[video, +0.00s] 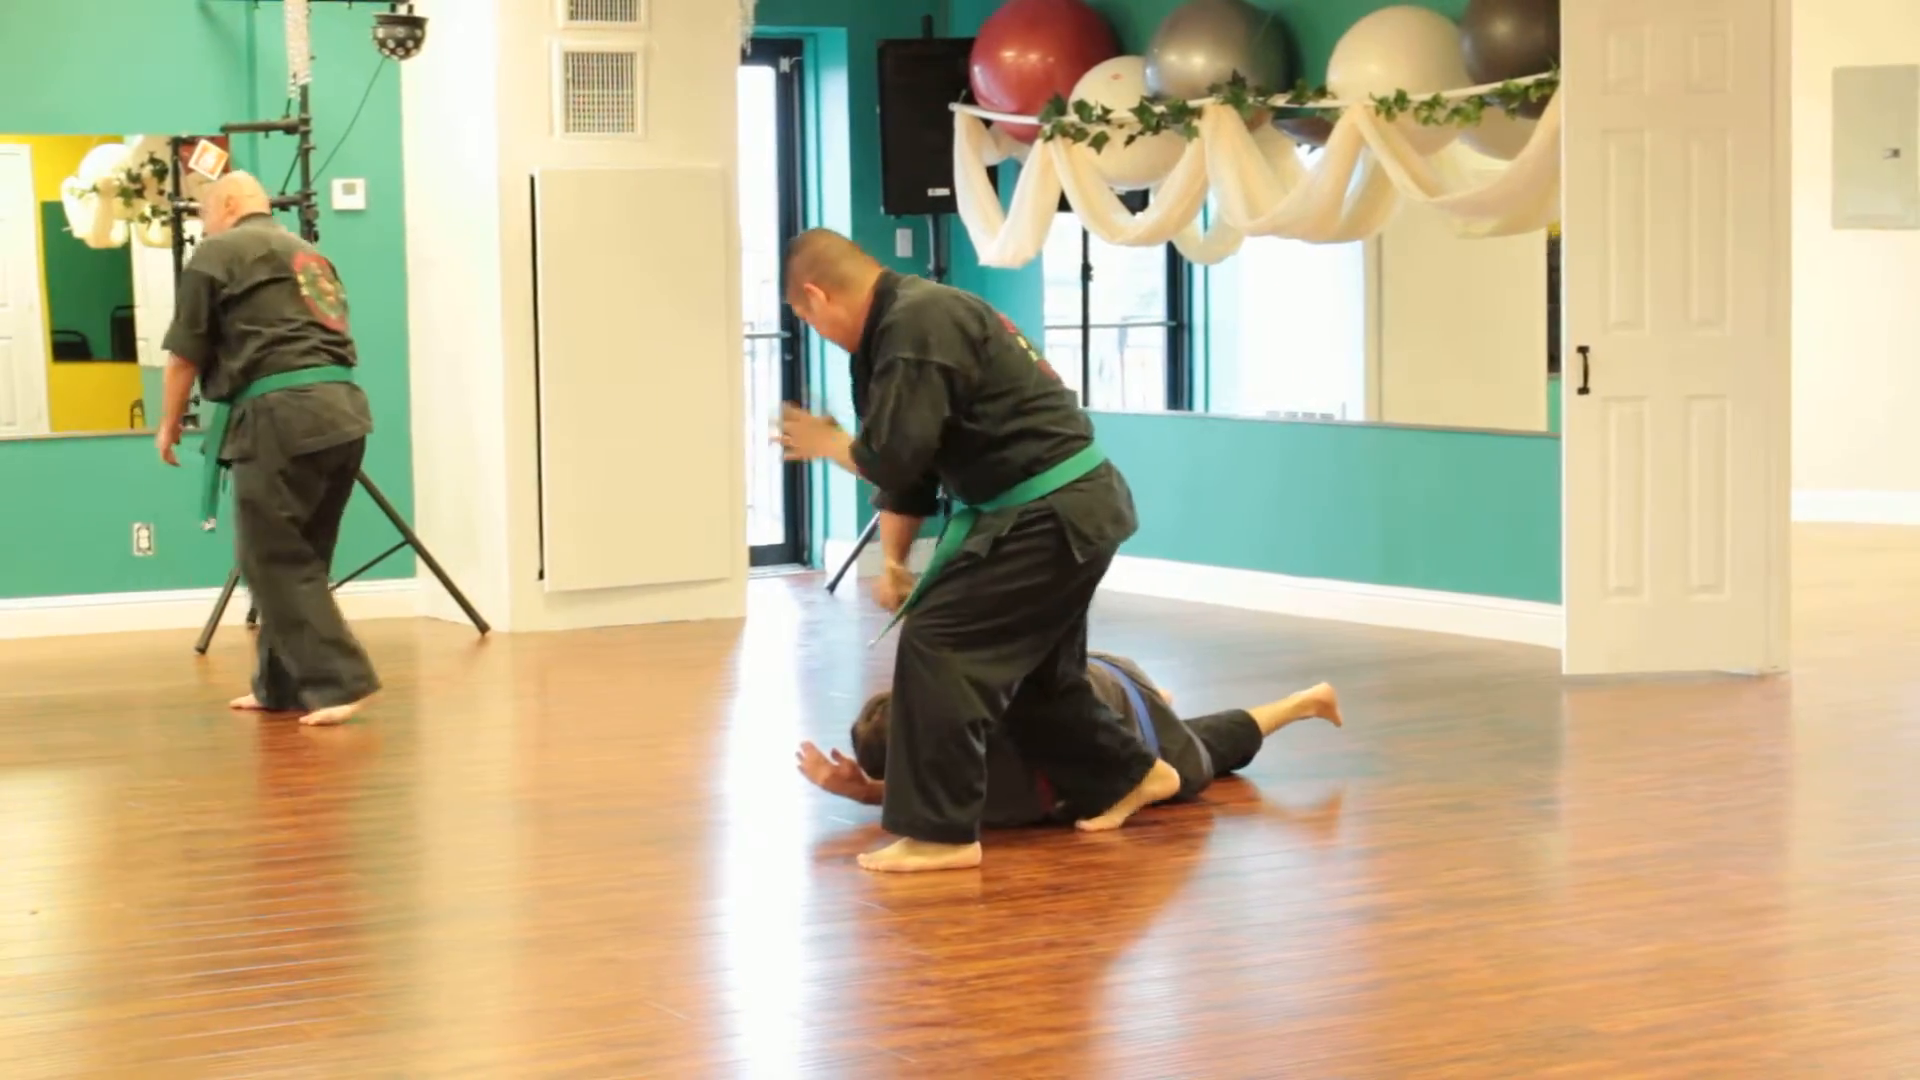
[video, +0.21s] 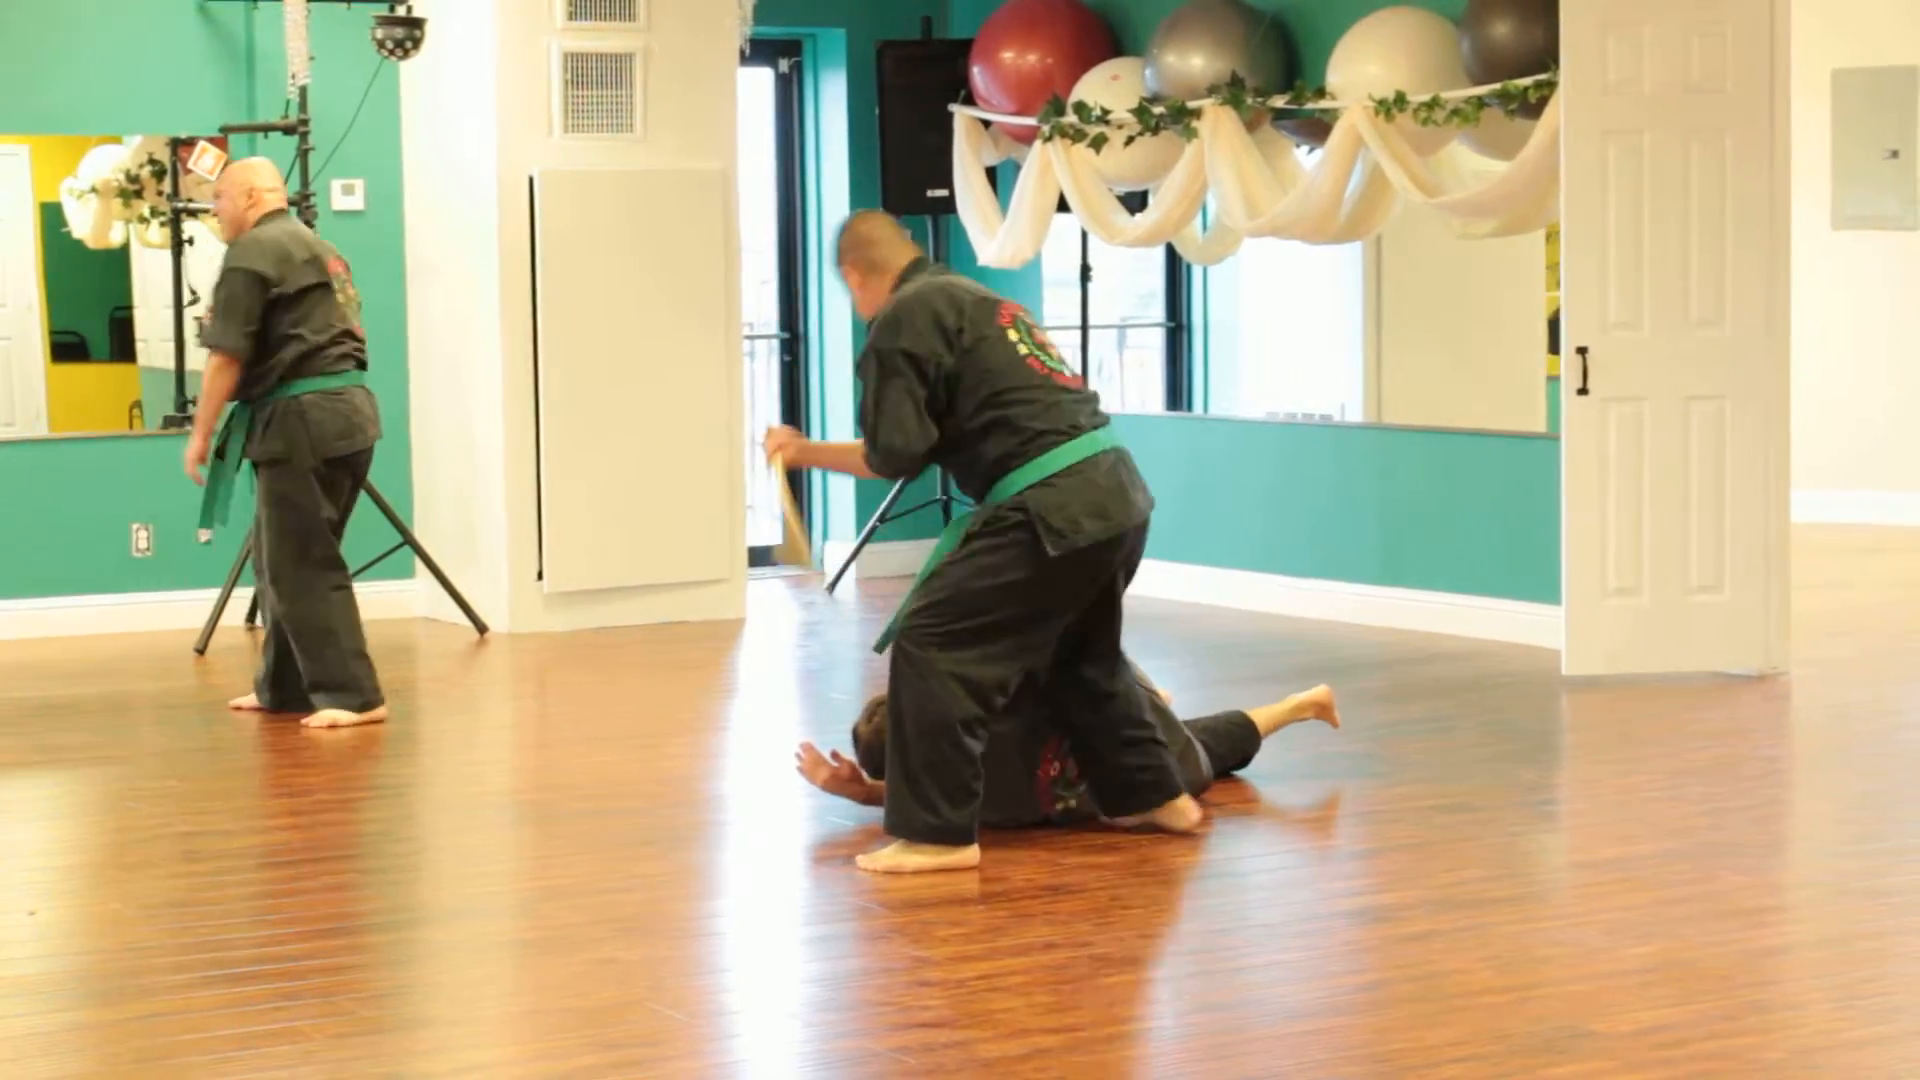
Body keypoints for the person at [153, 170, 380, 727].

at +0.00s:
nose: (202, 223)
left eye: (205, 212)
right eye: (201, 214)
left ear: (228, 206)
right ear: (260, 205)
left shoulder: (216, 253)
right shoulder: (306, 252)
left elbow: (184, 354)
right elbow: (321, 338)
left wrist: (170, 422)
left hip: (283, 411)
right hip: (344, 406)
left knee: (271, 556)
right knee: (304, 554)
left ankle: (340, 683)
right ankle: (279, 686)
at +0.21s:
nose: (215, 211)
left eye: (221, 200)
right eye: (215, 200)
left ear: (252, 198)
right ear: (269, 197)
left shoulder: (251, 253)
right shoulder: (316, 245)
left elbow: (227, 357)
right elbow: (332, 336)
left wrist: (201, 432)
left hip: (302, 418)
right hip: (351, 411)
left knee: (299, 561)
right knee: (292, 557)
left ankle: (352, 696)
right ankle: (283, 688)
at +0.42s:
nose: (226, 190)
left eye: (235, 179)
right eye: (228, 180)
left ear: (271, 184)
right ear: (273, 185)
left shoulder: (293, 242)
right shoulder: (278, 242)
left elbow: (299, 335)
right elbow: (280, 331)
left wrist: (278, 417)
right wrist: (229, 328)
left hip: (315, 415)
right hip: (295, 414)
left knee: (307, 557)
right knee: (272, 556)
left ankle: (352, 695)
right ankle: (285, 687)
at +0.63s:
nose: (226, 186)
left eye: (235, 175)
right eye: (227, 176)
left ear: (271, 180)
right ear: (268, 182)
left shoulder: (295, 235)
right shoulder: (265, 240)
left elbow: (320, 318)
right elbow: (275, 320)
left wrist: (347, 390)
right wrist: (227, 316)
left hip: (306, 414)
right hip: (269, 416)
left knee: (318, 556)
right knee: (254, 555)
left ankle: (359, 697)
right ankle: (249, 688)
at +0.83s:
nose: (193, 196)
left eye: (202, 185)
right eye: (195, 186)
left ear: (241, 190)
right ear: (240, 191)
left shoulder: (271, 248)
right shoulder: (239, 252)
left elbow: (290, 341)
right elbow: (250, 331)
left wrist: (284, 431)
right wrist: (202, 324)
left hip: (283, 422)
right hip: (246, 423)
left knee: (313, 566)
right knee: (230, 566)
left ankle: (364, 700)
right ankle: (194, 694)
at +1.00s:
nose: (158, 202)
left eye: (167, 189)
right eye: (159, 191)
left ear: (206, 190)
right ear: (204, 192)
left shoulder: (237, 248)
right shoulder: (205, 253)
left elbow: (244, 344)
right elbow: (207, 330)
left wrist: (191, 421)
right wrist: (159, 326)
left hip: (258, 425)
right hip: (221, 426)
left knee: (289, 566)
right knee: (202, 569)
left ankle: (359, 691)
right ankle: (188, 700)